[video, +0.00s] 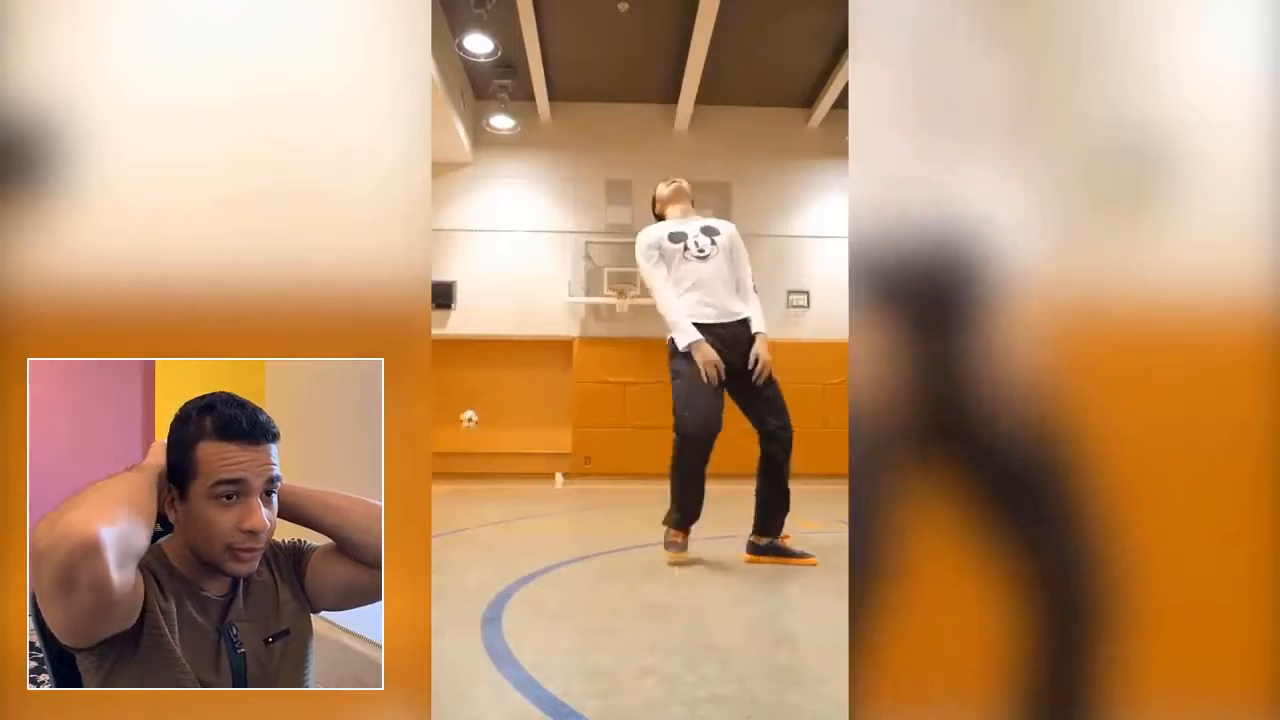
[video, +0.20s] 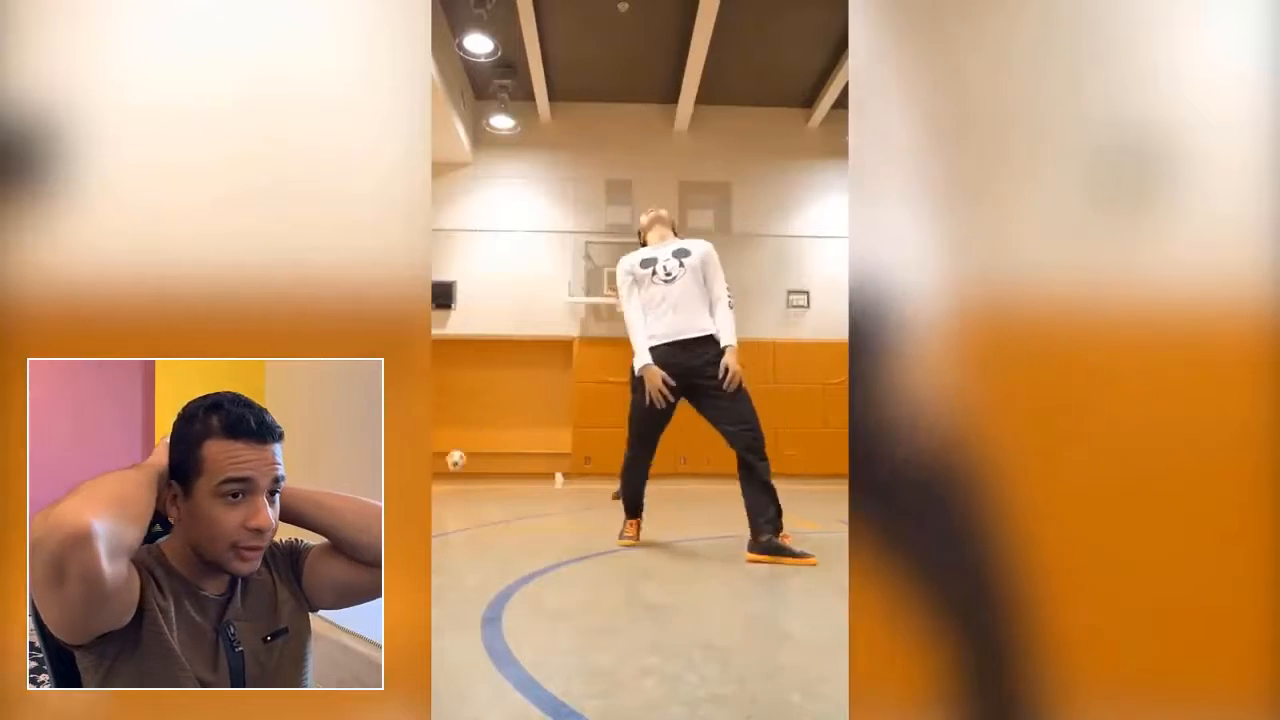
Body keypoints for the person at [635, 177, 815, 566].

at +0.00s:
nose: (675, 181)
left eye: (680, 182)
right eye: (666, 184)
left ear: (693, 199)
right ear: (658, 207)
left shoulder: (725, 228)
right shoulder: (651, 235)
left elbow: (747, 288)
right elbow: (663, 295)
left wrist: (760, 335)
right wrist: (694, 342)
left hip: (739, 334)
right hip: (692, 338)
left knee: (778, 431)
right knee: (697, 430)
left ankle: (766, 535)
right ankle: (679, 525)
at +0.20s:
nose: (655, 210)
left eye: (662, 211)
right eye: (647, 213)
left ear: (674, 227)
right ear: (641, 233)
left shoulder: (700, 247)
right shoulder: (629, 262)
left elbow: (721, 300)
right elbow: (632, 315)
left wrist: (730, 348)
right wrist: (645, 364)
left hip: (706, 353)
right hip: (656, 360)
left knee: (750, 442)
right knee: (639, 448)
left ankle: (765, 535)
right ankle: (631, 518)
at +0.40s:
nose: (632, 215)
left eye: (641, 213)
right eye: (631, 215)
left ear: (657, 227)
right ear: (627, 231)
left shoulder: (670, 250)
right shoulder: (608, 269)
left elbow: (681, 304)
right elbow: (604, 322)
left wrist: (682, 353)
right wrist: (595, 364)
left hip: (661, 349)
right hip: (619, 354)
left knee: (705, 429)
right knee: (619, 442)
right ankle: (631, 523)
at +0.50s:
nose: (625, 215)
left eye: (634, 213)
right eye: (626, 213)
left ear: (647, 226)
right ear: (624, 229)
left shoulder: (659, 251)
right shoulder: (602, 273)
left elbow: (670, 304)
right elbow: (601, 324)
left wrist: (659, 348)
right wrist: (588, 363)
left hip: (649, 348)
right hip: (610, 355)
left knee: (673, 430)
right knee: (614, 439)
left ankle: (659, 492)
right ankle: (630, 522)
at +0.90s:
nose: (599, 234)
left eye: (608, 231)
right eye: (603, 230)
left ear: (619, 246)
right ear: (603, 244)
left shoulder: (626, 276)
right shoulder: (580, 281)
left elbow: (632, 329)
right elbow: (579, 329)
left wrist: (623, 372)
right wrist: (572, 366)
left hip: (612, 370)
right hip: (581, 370)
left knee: (619, 444)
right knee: (563, 436)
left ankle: (626, 513)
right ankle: (588, 508)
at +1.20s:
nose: (587, 263)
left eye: (594, 266)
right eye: (592, 262)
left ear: (597, 280)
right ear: (588, 275)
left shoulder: (589, 296)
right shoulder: (561, 299)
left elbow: (590, 340)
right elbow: (548, 349)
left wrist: (580, 378)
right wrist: (521, 378)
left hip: (563, 374)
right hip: (538, 374)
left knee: (593, 443)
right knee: (532, 444)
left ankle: (624, 509)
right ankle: (540, 508)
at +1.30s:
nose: (585, 270)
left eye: (591, 273)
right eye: (590, 270)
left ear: (591, 286)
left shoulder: (581, 299)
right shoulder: (554, 301)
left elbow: (578, 339)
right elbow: (536, 348)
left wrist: (570, 376)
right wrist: (504, 369)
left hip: (547, 373)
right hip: (524, 374)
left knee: (575, 440)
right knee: (523, 446)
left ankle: (612, 497)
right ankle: (540, 507)